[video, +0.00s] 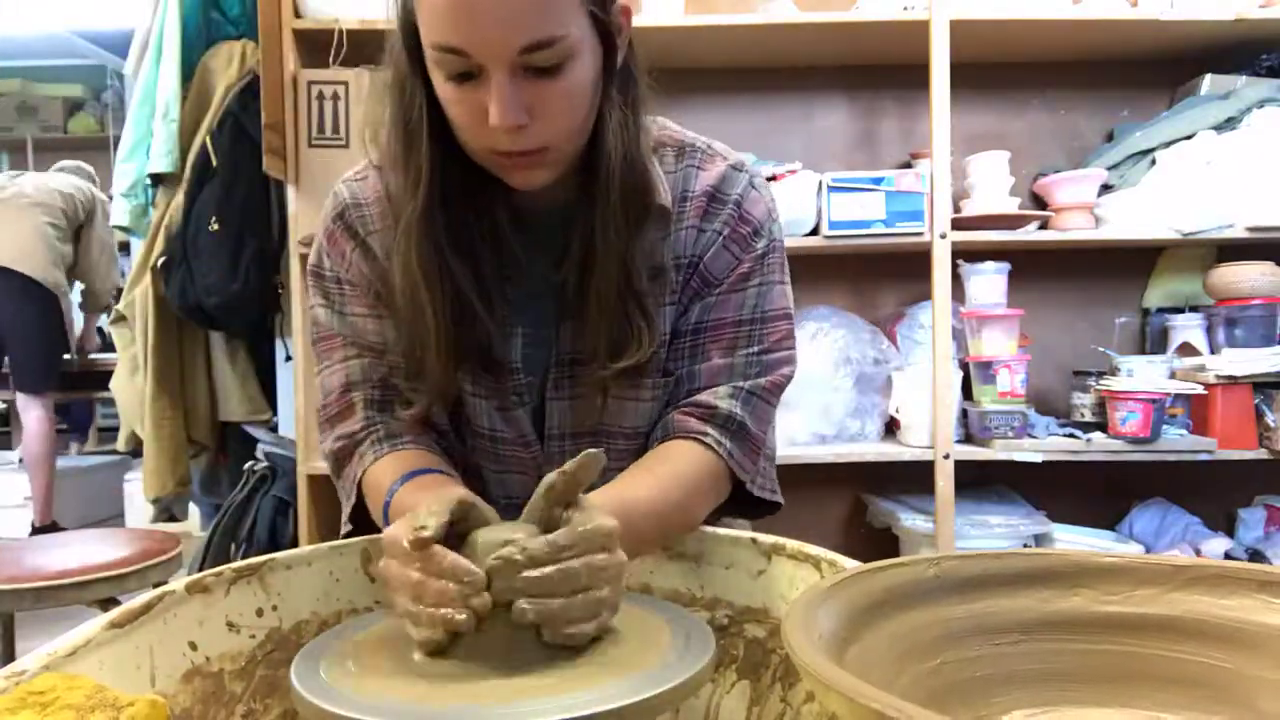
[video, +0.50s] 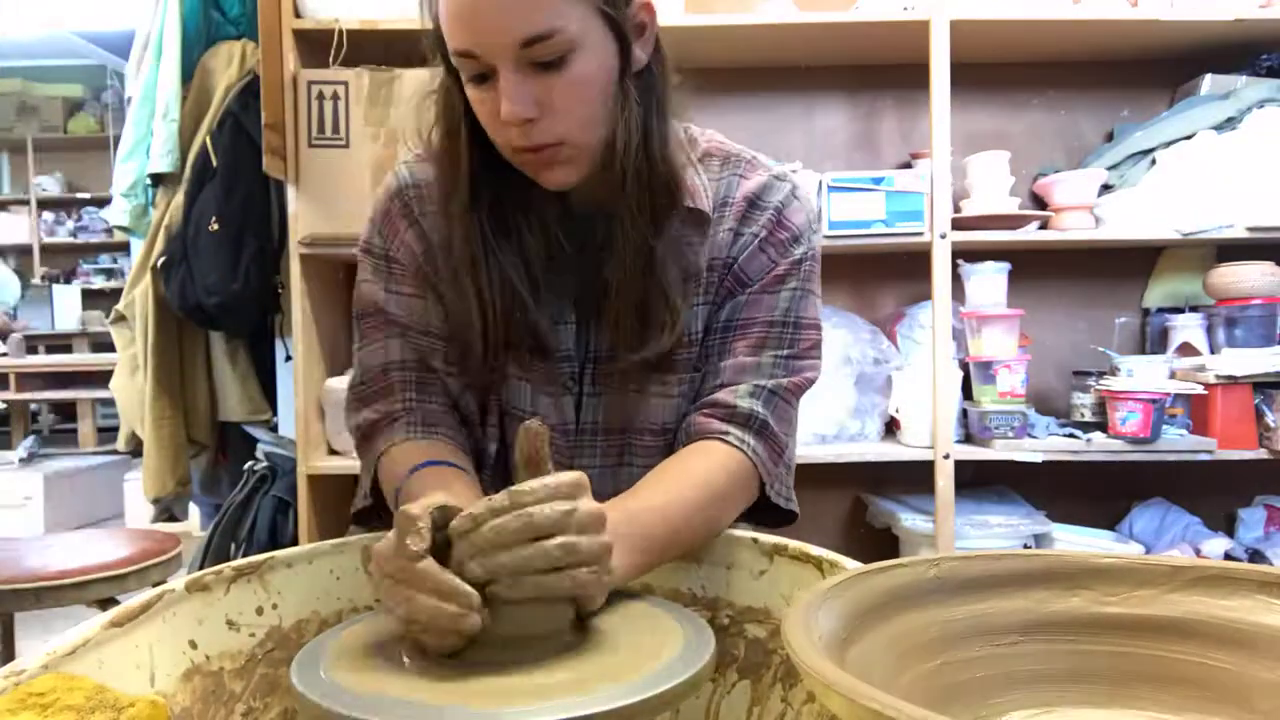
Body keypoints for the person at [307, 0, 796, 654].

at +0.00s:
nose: (504, 115)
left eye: (543, 65)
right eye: (460, 73)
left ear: (615, 31)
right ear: (419, 59)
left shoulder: (719, 202)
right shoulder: (369, 217)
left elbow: (723, 427)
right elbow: (376, 423)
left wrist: (601, 530)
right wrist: (438, 518)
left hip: (661, 607)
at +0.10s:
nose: (508, 139)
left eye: (546, 88)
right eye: (463, 98)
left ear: (614, 46)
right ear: (418, 77)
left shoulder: (719, 200)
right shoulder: (372, 215)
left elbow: (723, 425)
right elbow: (378, 419)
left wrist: (597, 532)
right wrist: (446, 512)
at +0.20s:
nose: (473, 134)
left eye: (507, 80)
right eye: (428, 95)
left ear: (589, 38)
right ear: (397, 87)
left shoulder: (713, 184)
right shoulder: (374, 208)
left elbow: (739, 417)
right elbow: (355, 415)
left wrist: (604, 550)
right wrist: (427, 527)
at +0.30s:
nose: (503, 110)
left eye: (539, 57)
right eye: (462, 71)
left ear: (623, 27)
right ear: (430, 62)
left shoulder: (730, 196)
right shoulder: (395, 202)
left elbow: (735, 422)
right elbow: (375, 401)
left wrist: (593, 553)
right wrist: (441, 525)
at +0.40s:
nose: (517, 110)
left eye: (553, 58)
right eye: (477, 70)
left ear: (637, 27)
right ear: (445, 59)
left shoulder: (744, 202)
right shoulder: (404, 199)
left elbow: (738, 431)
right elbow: (381, 400)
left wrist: (599, 543)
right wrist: (443, 521)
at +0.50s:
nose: (514, 111)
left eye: (549, 61)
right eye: (478, 74)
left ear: (637, 31)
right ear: (453, 70)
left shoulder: (760, 210)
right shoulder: (421, 208)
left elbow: (742, 437)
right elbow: (404, 404)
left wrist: (601, 545)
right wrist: (446, 522)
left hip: (681, 603)